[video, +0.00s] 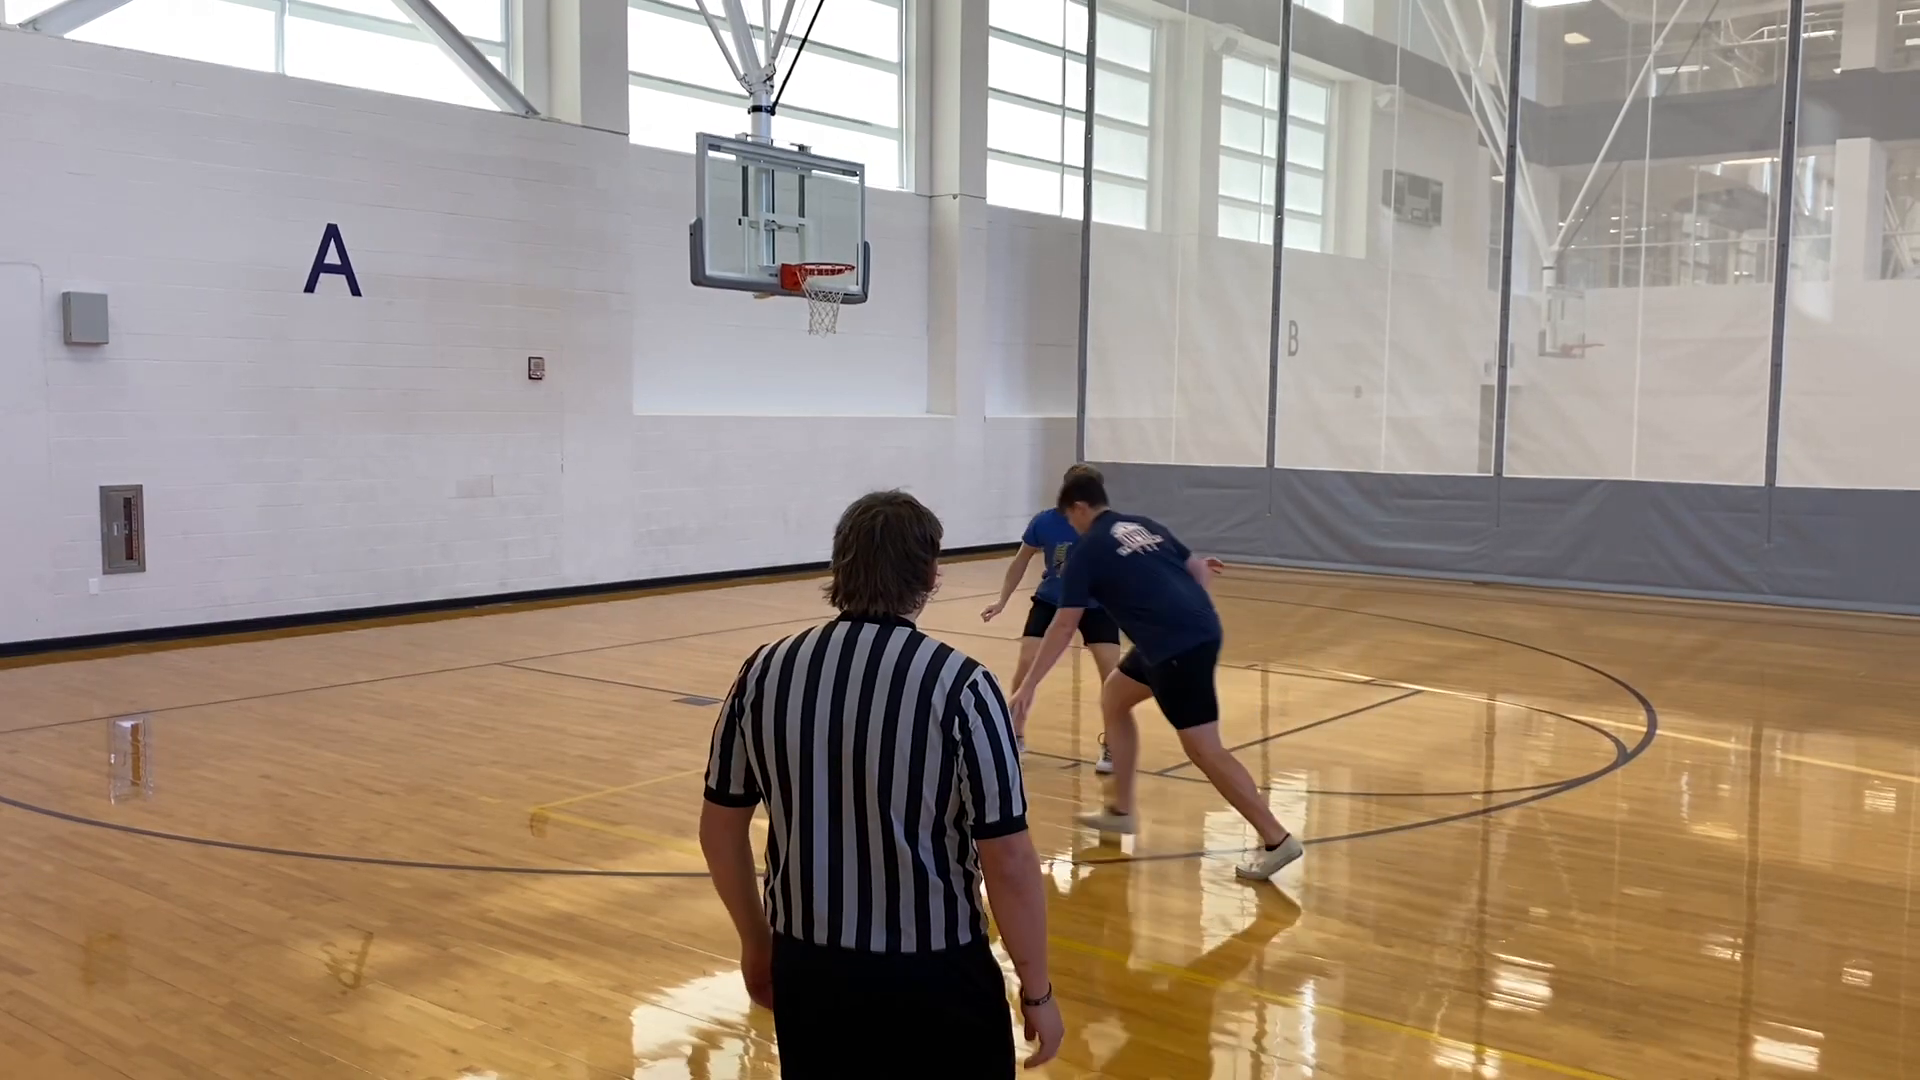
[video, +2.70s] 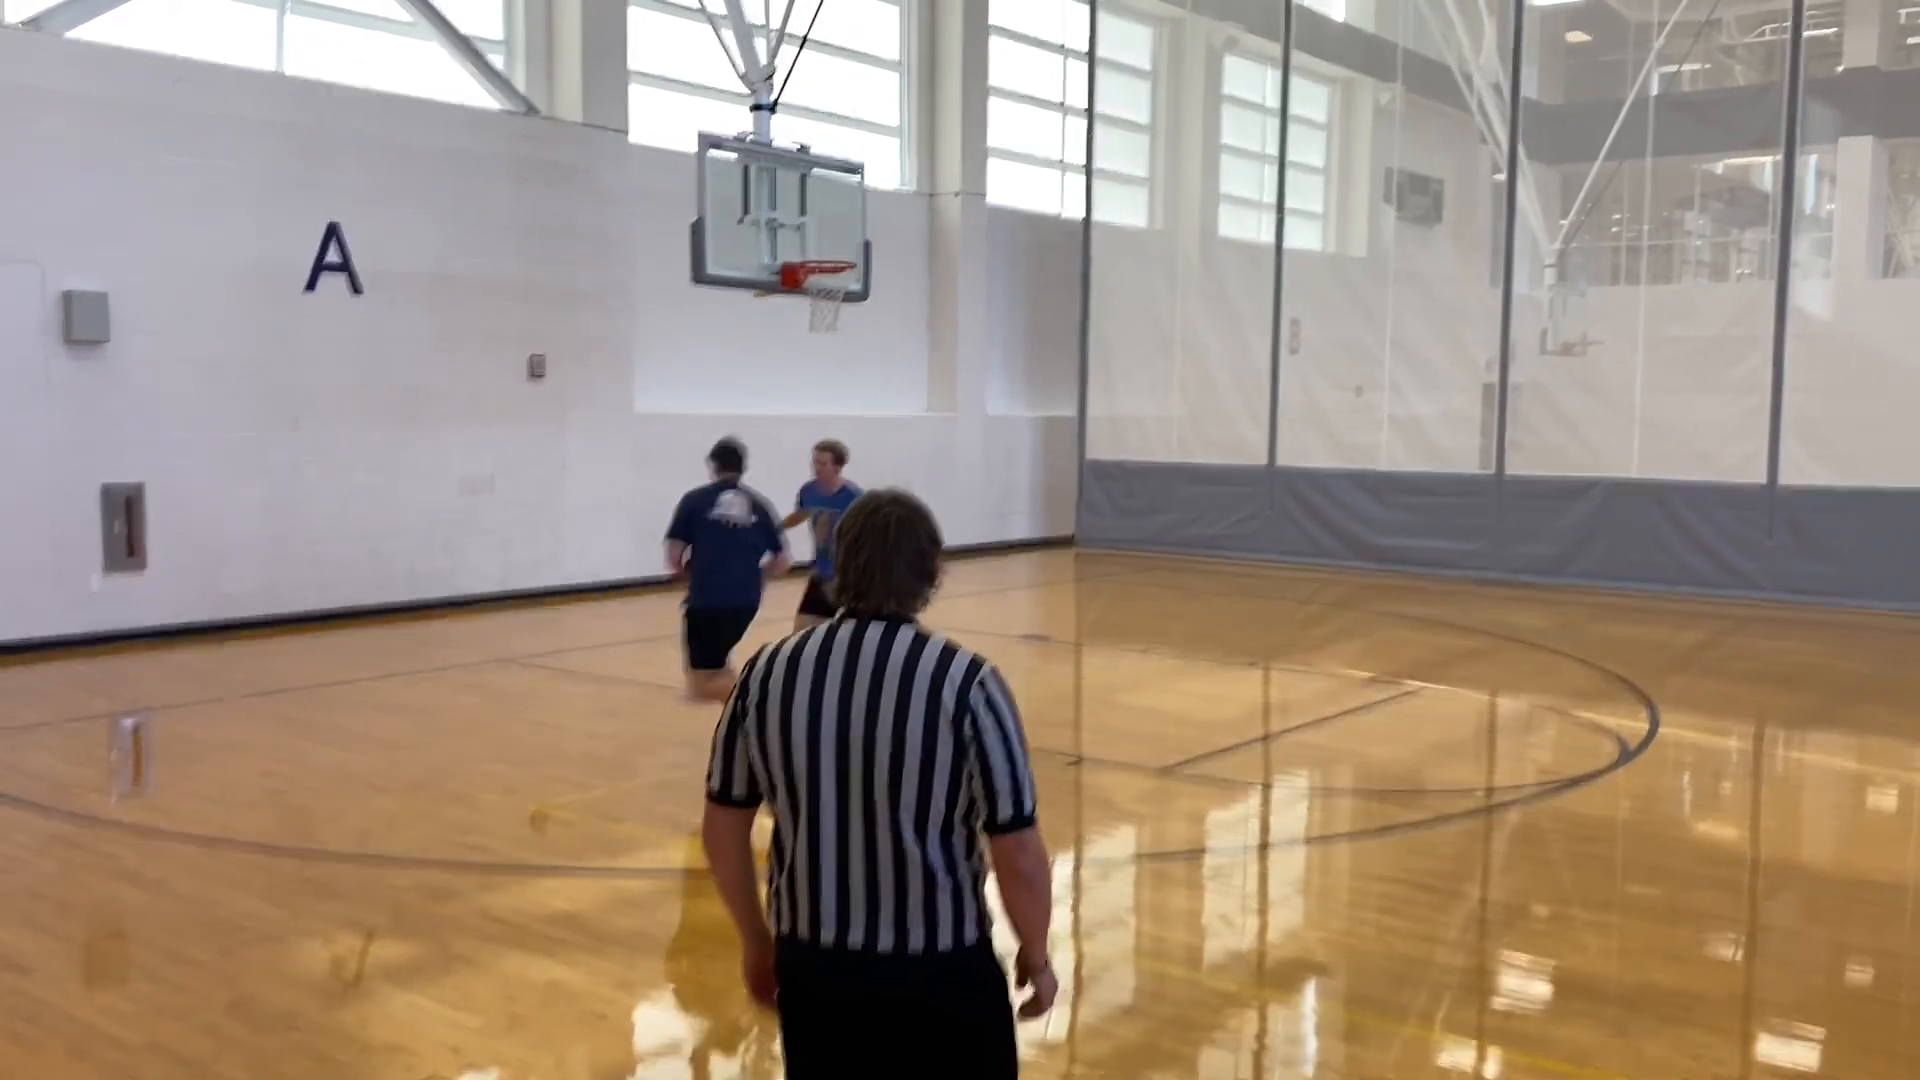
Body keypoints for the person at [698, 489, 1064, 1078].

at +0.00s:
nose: (938, 574)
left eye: (936, 558)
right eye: (936, 560)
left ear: (843, 565)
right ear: (925, 573)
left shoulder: (766, 670)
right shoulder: (961, 685)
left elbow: (720, 829)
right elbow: (1009, 861)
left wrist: (755, 938)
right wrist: (1037, 990)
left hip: (808, 979)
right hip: (941, 982)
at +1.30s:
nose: (949, 583)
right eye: (946, 570)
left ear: (847, 573)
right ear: (937, 581)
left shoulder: (772, 677)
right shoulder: (972, 691)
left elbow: (726, 832)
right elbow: (1019, 860)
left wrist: (749, 949)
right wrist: (1045, 978)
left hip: (816, 984)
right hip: (948, 988)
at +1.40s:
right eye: (946, 573)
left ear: (845, 575)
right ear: (937, 583)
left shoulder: (771, 677)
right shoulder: (971, 690)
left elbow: (726, 833)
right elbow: (1020, 861)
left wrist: (751, 948)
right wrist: (1045, 977)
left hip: (816, 982)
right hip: (949, 986)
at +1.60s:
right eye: (943, 568)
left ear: (842, 573)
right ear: (937, 579)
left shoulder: (771, 675)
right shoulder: (971, 687)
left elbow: (727, 831)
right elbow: (1020, 854)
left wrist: (757, 945)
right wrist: (1045, 973)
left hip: (817, 981)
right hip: (950, 984)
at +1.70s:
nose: (947, 581)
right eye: (942, 569)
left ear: (844, 571)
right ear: (934, 579)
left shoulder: (770, 673)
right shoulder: (969, 686)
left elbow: (725, 830)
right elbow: (1019, 856)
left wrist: (756, 944)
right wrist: (1042, 971)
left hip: (815, 981)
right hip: (947, 985)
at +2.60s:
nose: (939, 573)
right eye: (935, 561)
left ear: (841, 564)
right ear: (929, 572)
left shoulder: (768, 671)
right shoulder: (969, 682)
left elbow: (724, 826)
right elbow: (1019, 851)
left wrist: (757, 940)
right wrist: (1037, 953)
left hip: (815, 974)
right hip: (948, 977)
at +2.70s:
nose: (938, 573)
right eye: (934, 560)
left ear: (841, 566)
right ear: (929, 572)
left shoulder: (768, 670)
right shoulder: (967, 681)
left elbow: (723, 826)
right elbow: (1017, 849)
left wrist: (755, 939)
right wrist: (1035, 950)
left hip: (814, 976)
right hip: (945, 978)